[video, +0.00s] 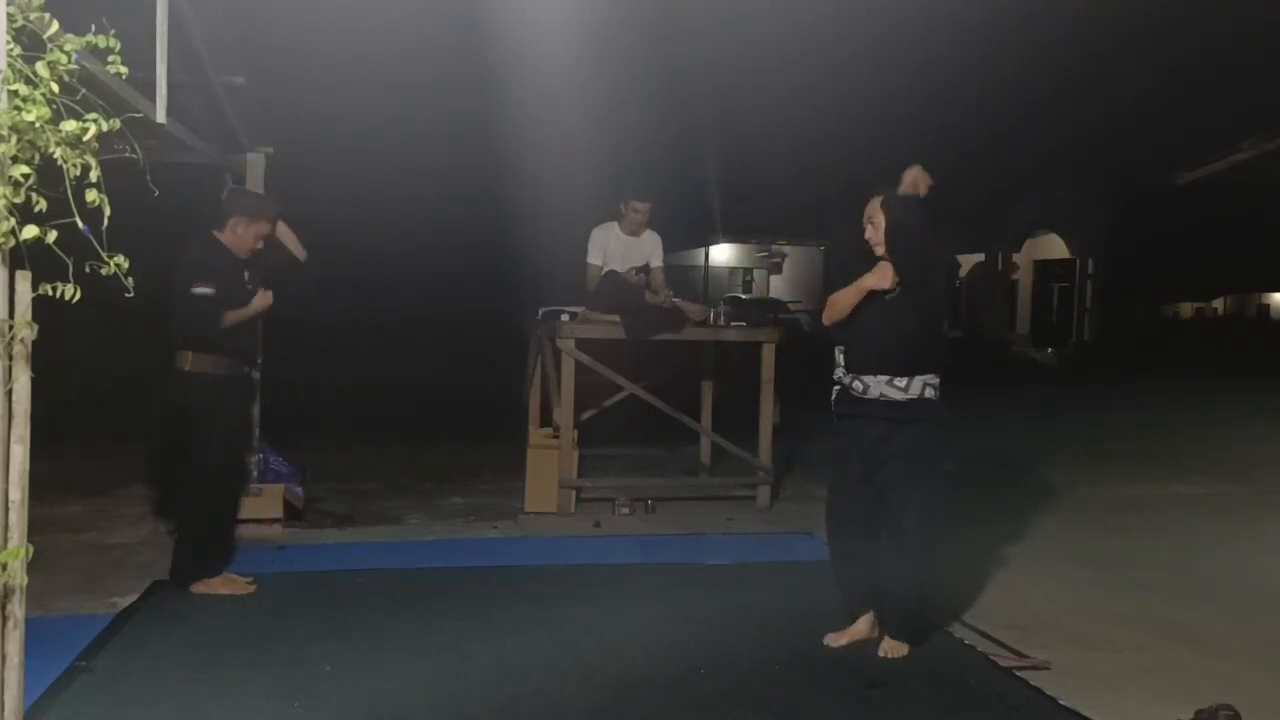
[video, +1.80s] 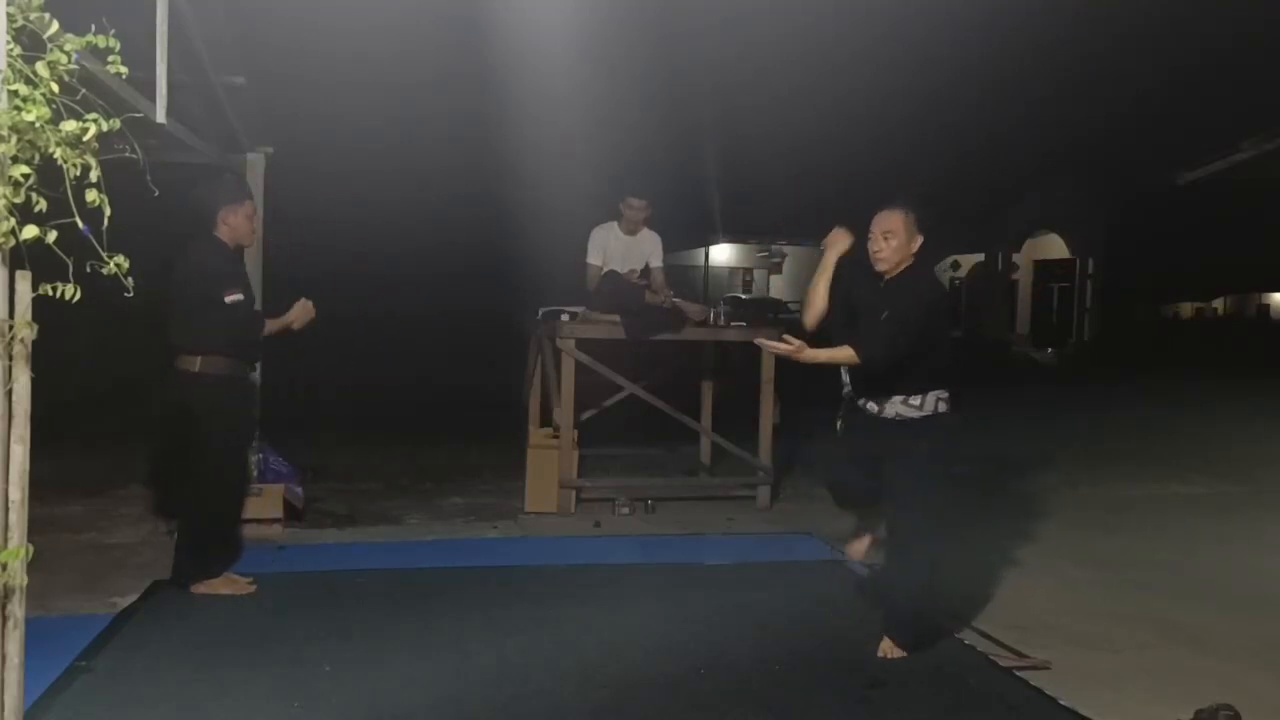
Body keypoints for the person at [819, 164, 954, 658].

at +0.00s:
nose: (869, 234)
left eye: (876, 224)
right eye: (866, 225)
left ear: (903, 226)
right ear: (866, 227)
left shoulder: (930, 275)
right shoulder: (857, 271)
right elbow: (828, 316)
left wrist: (910, 196)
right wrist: (865, 284)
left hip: (911, 415)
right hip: (855, 412)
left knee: (905, 518)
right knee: (849, 513)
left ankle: (900, 622)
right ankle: (863, 613)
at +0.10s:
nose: (874, 224)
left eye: (883, 216)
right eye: (873, 217)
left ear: (914, 220)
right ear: (886, 228)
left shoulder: (931, 270)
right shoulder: (881, 270)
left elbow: (882, 297)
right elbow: (859, 330)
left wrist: (849, 236)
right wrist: (850, 307)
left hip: (906, 418)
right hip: (858, 412)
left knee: (901, 520)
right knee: (847, 514)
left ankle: (899, 624)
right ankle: (863, 615)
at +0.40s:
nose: (877, 222)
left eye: (888, 214)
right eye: (877, 215)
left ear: (918, 220)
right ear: (881, 222)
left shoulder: (931, 274)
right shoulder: (875, 273)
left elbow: (881, 319)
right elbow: (836, 324)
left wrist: (821, 286)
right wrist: (804, 291)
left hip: (906, 420)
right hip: (858, 415)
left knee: (901, 520)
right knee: (848, 514)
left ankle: (899, 627)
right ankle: (864, 616)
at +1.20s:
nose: (881, 223)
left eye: (892, 214)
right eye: (879, 217)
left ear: (922, 222)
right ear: (878, 226)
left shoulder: (935, 275)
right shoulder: (871, 272)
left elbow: (881, 314)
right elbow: (802, 261)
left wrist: (809, 295)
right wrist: (860, 270)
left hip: (909, 416)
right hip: (856, 411)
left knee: (903, 517)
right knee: (854, 512)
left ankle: (898, 623)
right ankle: (864, 615)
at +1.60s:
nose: (883, 225)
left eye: (895, 217)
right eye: (880, 218)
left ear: (923, 226)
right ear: (875, 227)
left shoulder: (933, 277)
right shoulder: (864, 266)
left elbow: (883, 325)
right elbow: (807, 278)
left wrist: (814, 336)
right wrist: (842, 229)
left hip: (916, 414)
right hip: (861, 408)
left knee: (909, 518)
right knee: (842, 505)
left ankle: (900, 620)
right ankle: (851, 597)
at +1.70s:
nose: (881, 232)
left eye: (892, 224)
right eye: (878, 225)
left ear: (919, 231)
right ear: (872, 229)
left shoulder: (932, 282)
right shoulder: (863, 270)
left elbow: (879, 330)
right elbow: (807, 282)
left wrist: (808, 346)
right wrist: (843, 234)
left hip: (920, 414)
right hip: (865, 407)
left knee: (911, 519)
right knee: (844, 474)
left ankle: (897, 624)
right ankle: (861, 537)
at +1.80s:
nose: (876, 245)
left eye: (888, 237)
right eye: (872, 237)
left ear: (915, 243)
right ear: (867, 240)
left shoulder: (925, 293)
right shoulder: (861, 278)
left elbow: (876, 350)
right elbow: (812, 319)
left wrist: (807, 354)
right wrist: (830, 256)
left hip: (916, 422)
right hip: (864, 413)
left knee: (909, 526)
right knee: (842, 475)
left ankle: (901, 630)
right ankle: (871, 523)